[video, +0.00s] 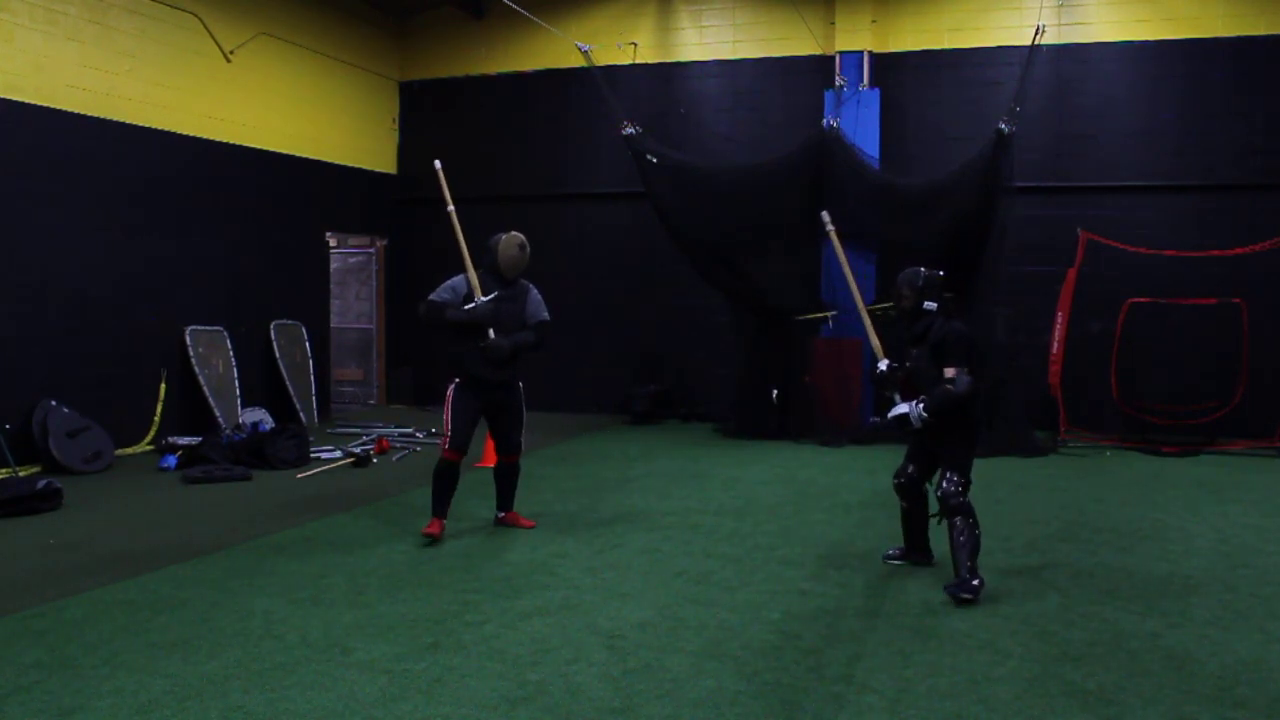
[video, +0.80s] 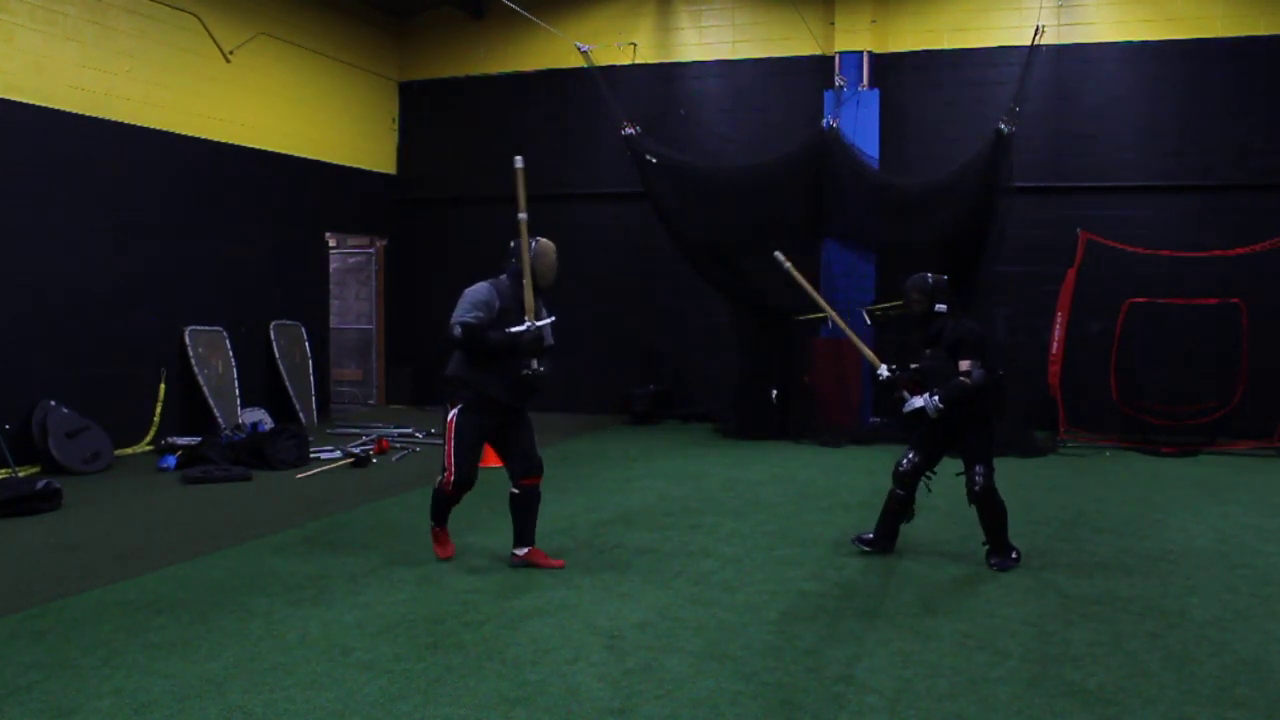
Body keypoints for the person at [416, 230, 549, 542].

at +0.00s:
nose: (515, 260)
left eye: (520, 255)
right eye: (509, 253)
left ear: (524, 261)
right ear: (493, 255)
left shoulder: (527, 293)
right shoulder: (467, 284)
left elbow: (542, 332)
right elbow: (430, 309)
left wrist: (508, 344)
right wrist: (469, 313)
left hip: (507, 384)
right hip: (467, 381)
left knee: (510, 451)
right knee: (453, 450)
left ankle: (505, 512)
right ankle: (438, 518)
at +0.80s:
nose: (548, 273)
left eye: (550, 266)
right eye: (542, 266)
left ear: (542, 269)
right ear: (523, 264)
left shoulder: (537, 307)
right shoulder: (483, 294)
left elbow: (544, 352)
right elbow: (460, 333)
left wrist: (537, 368)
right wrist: (515, 337)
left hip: (509, 403)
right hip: (470, 400)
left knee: (528, 472)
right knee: (459, 477)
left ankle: (523, 548)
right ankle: (439, 524)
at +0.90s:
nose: (556, 283)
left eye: (558, 275)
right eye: (551, 274)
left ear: (548, 276)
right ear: (532, 271)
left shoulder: (541, 315)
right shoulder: (490, 300)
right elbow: (473, 340)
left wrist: (542, 372)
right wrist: (531, 343)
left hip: (507, 407)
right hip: (468, 404)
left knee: (535, 472)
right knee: (455, 476)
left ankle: (524, 550)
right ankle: (417, 545)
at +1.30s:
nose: (547, 282)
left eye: (548, 274)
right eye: (543, 273)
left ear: (523, 271)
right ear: (524, 271)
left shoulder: (520, 313)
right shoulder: (487, 298)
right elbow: (459, 332)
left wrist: (520, 387)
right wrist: (512, 352)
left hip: (483, 407)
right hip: (449, 406)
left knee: (519, 471)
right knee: (434, 492)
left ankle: (523, 550)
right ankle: (394, 573)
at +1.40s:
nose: (545, 275)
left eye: (546, 267)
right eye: (541, 266)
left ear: (519, 265)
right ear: (522, 264)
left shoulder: (519, 306)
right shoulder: (487, 291)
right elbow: (459, 327)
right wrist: (512, 346)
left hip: (475, 403)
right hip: (444, 400)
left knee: (512, 467)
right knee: (431, 486)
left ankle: (497, 549)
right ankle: (386, 570)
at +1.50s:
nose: (538, 285)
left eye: (539, 277)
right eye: (533, 276)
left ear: (514, 275)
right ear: (515, 274)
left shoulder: (514, 317)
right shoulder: (482, 303)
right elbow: (456, 341)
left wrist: (517, 391)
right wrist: (509, 357)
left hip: (474, 417)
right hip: (443, 415)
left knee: (508, 481)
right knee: (427, 501)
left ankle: (483, 560)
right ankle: (380, 582)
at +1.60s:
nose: (533, 295)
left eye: (534, 287)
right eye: (529, 286)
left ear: (508, 283)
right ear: (511, 284)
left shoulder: (508, 325)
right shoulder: (477, 313)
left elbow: (488, 383)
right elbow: (453, 353)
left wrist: (509, 407)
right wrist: (505, 369)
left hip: (472, 423)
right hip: (441, 422)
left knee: (510, 483)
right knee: (433, 509)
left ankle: (483, 561)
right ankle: (380, 584)